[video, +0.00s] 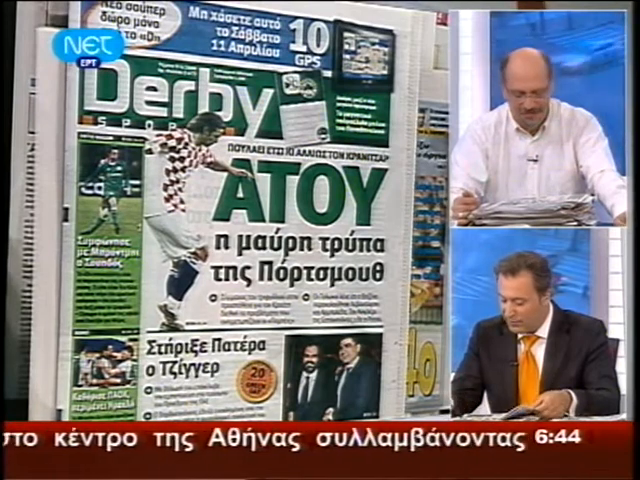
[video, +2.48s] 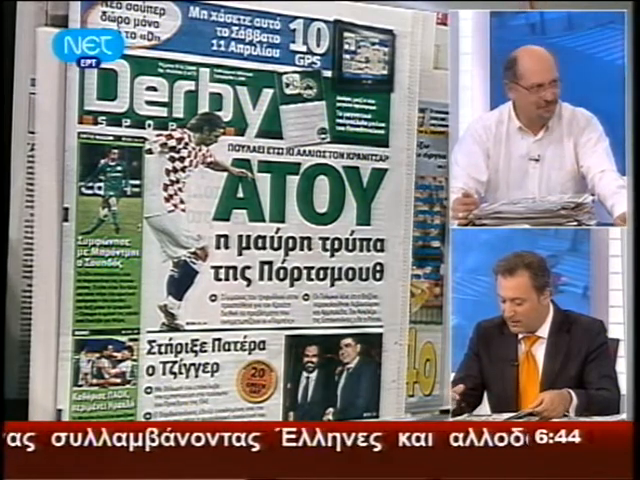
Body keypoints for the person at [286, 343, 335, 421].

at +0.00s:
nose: (310, 360)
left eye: (314, 356)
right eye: (307, 356)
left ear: (320, 359)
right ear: (302, 358)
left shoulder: (326, 377)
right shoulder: (296, 375)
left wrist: (330, 411)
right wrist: (290, 412)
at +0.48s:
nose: (310, 360)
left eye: (314, 356)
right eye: (307, 356)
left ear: (320, 359)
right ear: (302, 358)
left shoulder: (326, 377)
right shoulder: (296, 375)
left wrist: (330, 411)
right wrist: (290, 412)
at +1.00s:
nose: (310, 360)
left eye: (314, 356)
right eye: (307, 356)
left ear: (320, 359)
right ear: (302, 358)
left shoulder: (326, 377)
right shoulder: (295, 375)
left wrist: (330, 411)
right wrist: (290, 412)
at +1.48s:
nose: (310, 360)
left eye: (314, 356)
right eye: (307, 356)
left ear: (320, 359)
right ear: (302, 358)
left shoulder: (326, 377)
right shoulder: (295, 375)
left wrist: (330, 411)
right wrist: (290, 412)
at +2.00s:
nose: (310, 360)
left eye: (314, 356)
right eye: (307, 356)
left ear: (320, 359)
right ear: (302, 358)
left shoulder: (326, 377)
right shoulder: (295, 375)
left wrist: (330, 411)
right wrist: (290, 413)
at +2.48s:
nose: (310, 360)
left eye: (314, 356)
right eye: (307, 356)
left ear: (320, 359)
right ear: (302, 358)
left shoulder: (326, 377)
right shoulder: (296, 375)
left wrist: (330, 411)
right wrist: (291, 412)